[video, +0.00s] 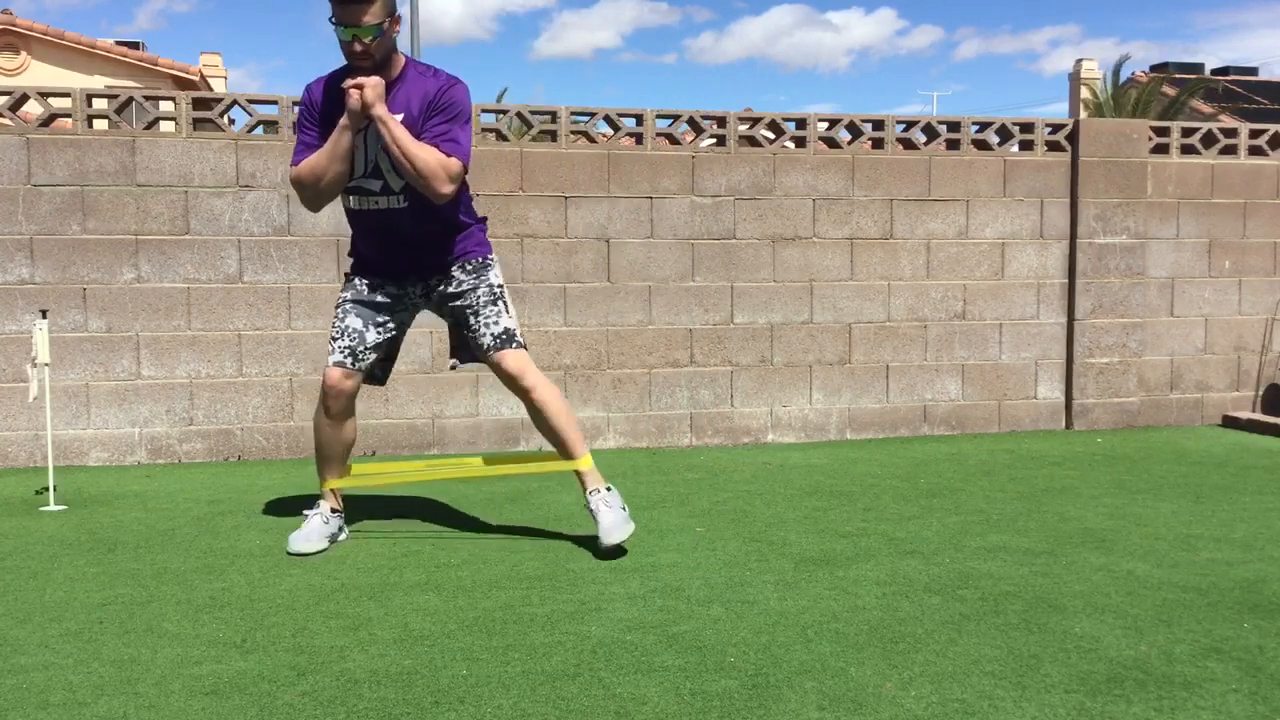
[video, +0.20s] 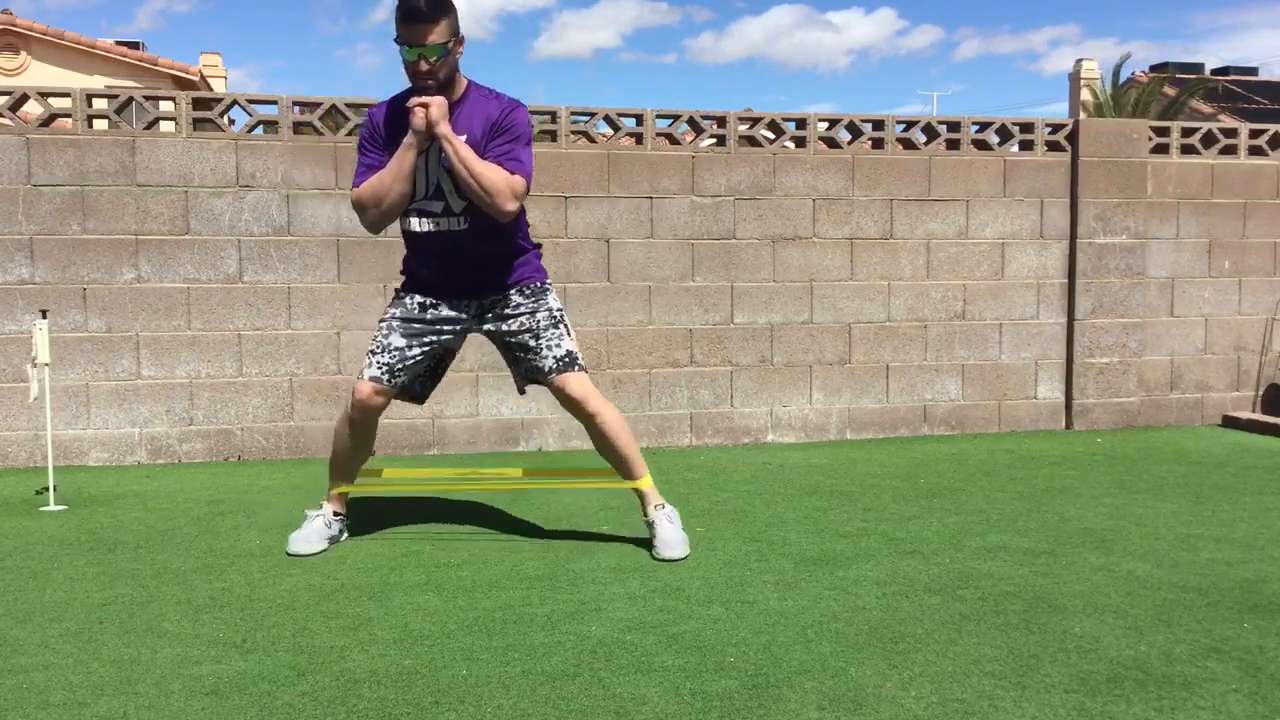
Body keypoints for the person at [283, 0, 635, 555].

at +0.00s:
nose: (355, 43)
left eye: (367, 31)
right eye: (345, 31)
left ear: (395, 24)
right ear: (332, 26)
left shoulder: (443, 91)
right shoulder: (322, 96)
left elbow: (443, 184)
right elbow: (311, 195)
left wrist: (381, 115)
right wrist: (350, 123)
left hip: (455, 257)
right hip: (377, 264)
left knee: (512, 365)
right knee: (336, 383)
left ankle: (596, 489)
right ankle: (329, 508)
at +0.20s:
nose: (421, 63)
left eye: (434, 51)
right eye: (410, 51)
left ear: (457, 47)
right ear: (398, 47)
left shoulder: (503, 113)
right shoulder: (384, 120)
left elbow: (507, 202)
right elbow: (370, 213)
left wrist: (444, 134)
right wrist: (414, 141)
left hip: (512, 284)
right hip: (428, 288)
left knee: (574, 391)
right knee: (365, 398)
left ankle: (655, 506)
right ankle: (332, 509)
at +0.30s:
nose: (471, 62)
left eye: (483, 49)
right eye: (460, 50)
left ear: (506, 42)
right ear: (447, 47)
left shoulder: (554, 110)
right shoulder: (437, 118)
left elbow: (559, 197)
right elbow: (424, 213)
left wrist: (496, 133)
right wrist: (466, 139)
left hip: (554, 284)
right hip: (472, 285)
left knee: (604, 394)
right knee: (400, 394)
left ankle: (664, 510)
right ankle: (339, 506)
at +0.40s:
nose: (513, 51)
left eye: (525, 38)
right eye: (501, 40)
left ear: (550, 30)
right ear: (490, 35)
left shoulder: (595, 96)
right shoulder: (478, 106)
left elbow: (604, 183)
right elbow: (475, 206)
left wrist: (540, 120)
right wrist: (511, 127)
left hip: (591, 270)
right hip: (509, 269)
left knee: (628, 388)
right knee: (434, 379)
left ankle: (667, 508)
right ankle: (373, 490)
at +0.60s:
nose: (560, 34)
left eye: (572, 21)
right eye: (549, 22)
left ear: (596, 14)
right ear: (538, 19)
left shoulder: (640, 80)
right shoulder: (519, 86)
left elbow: (641, 170)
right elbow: (513, 187)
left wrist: (582, 100)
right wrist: (553, 108)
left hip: (626, 256)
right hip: (549, 251)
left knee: (644, 381)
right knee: (486, 359)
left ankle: (669, 508)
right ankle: (472, 482)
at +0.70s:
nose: (570, 33)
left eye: (583, 21)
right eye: (559, 21)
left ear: (606, 14)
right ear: (547, 18)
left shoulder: (648, 81)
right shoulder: (529, 84)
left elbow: (645, 174)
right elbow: (519, 185)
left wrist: (589, 101)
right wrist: (558, 109)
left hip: (633, 254)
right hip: (557, 250)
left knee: (646, 381)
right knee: (504, 366)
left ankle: (669, 509)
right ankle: (505, 492)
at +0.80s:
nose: (572, 37)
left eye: (586, 26)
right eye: (562, 26)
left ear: (609, 20)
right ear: (549, 22)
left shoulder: (649, 88)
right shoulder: (529, 90)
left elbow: (644, 181)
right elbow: (518, 188)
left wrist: (590, 108)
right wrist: (560, 115)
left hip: (634, 261)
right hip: (558, 258)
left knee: (646, 384)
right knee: (514, 379)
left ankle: (668, 509)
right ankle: (519, 503)